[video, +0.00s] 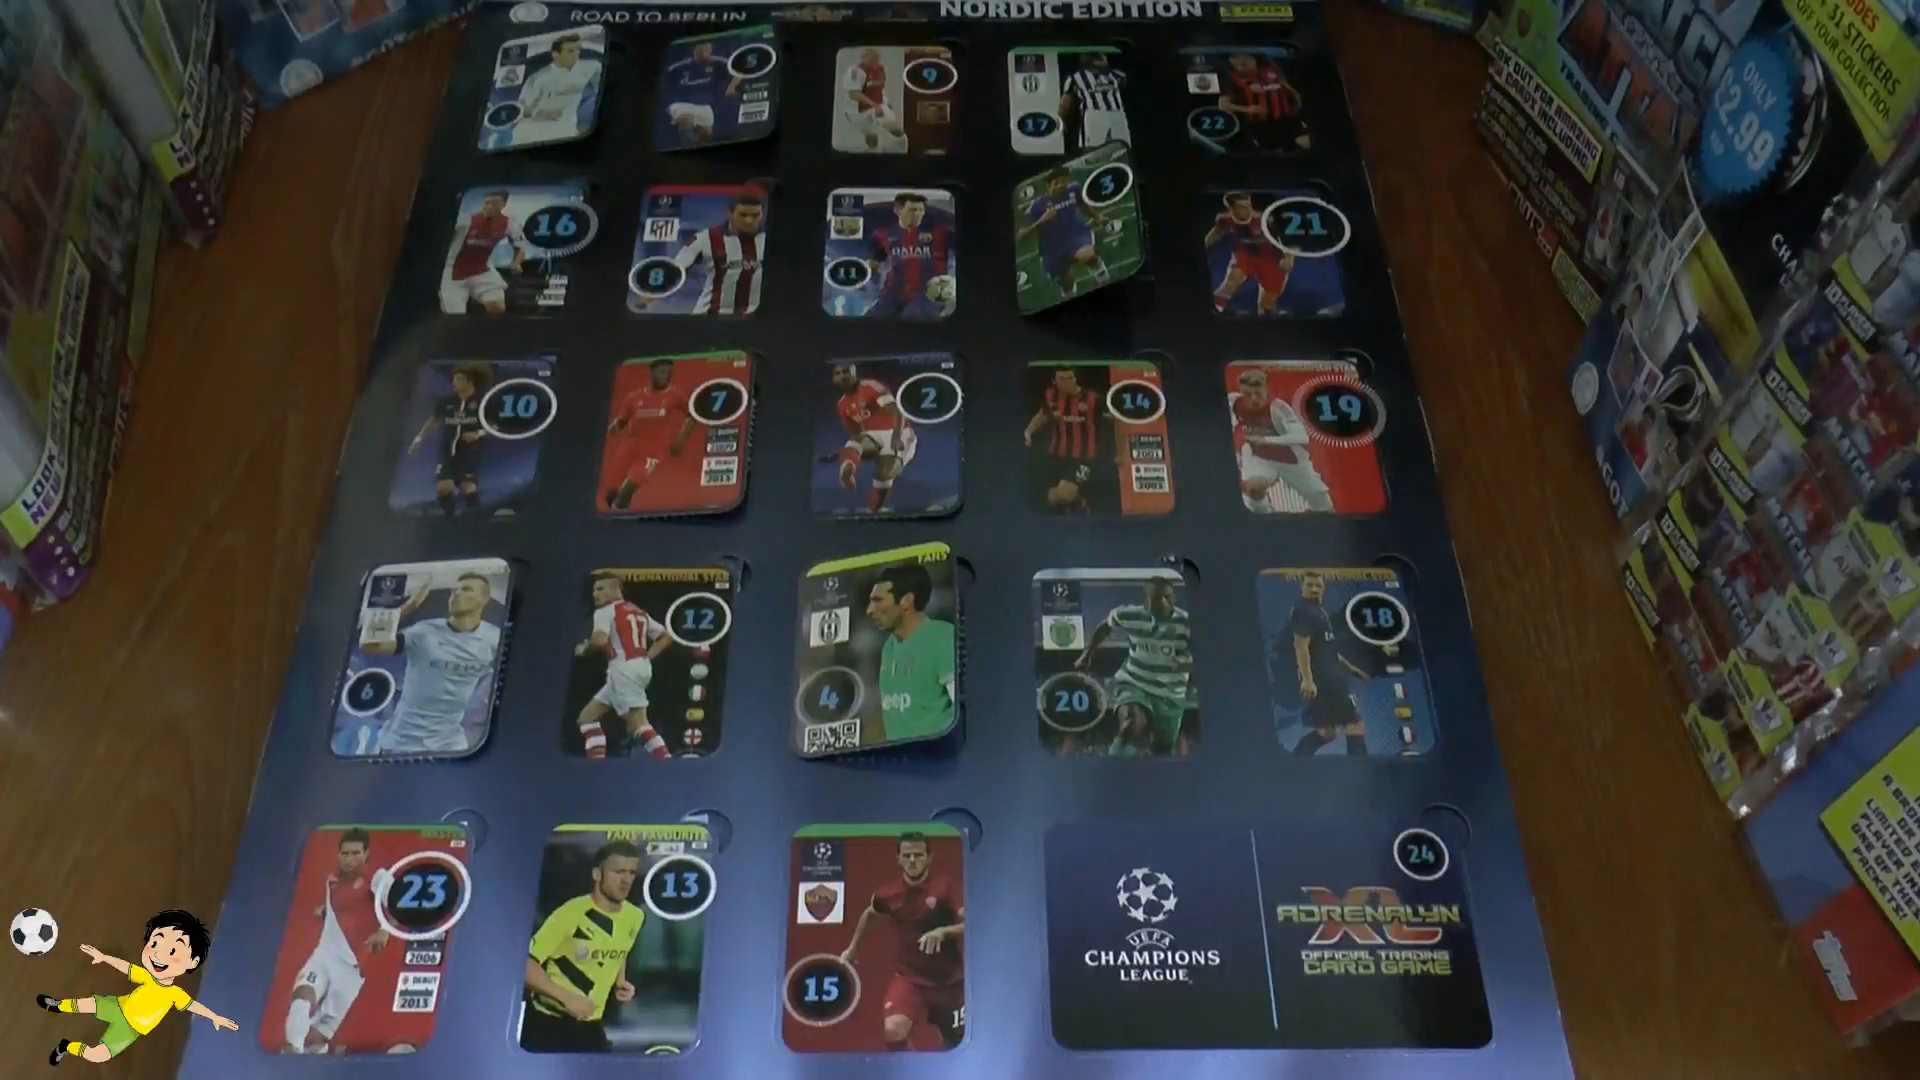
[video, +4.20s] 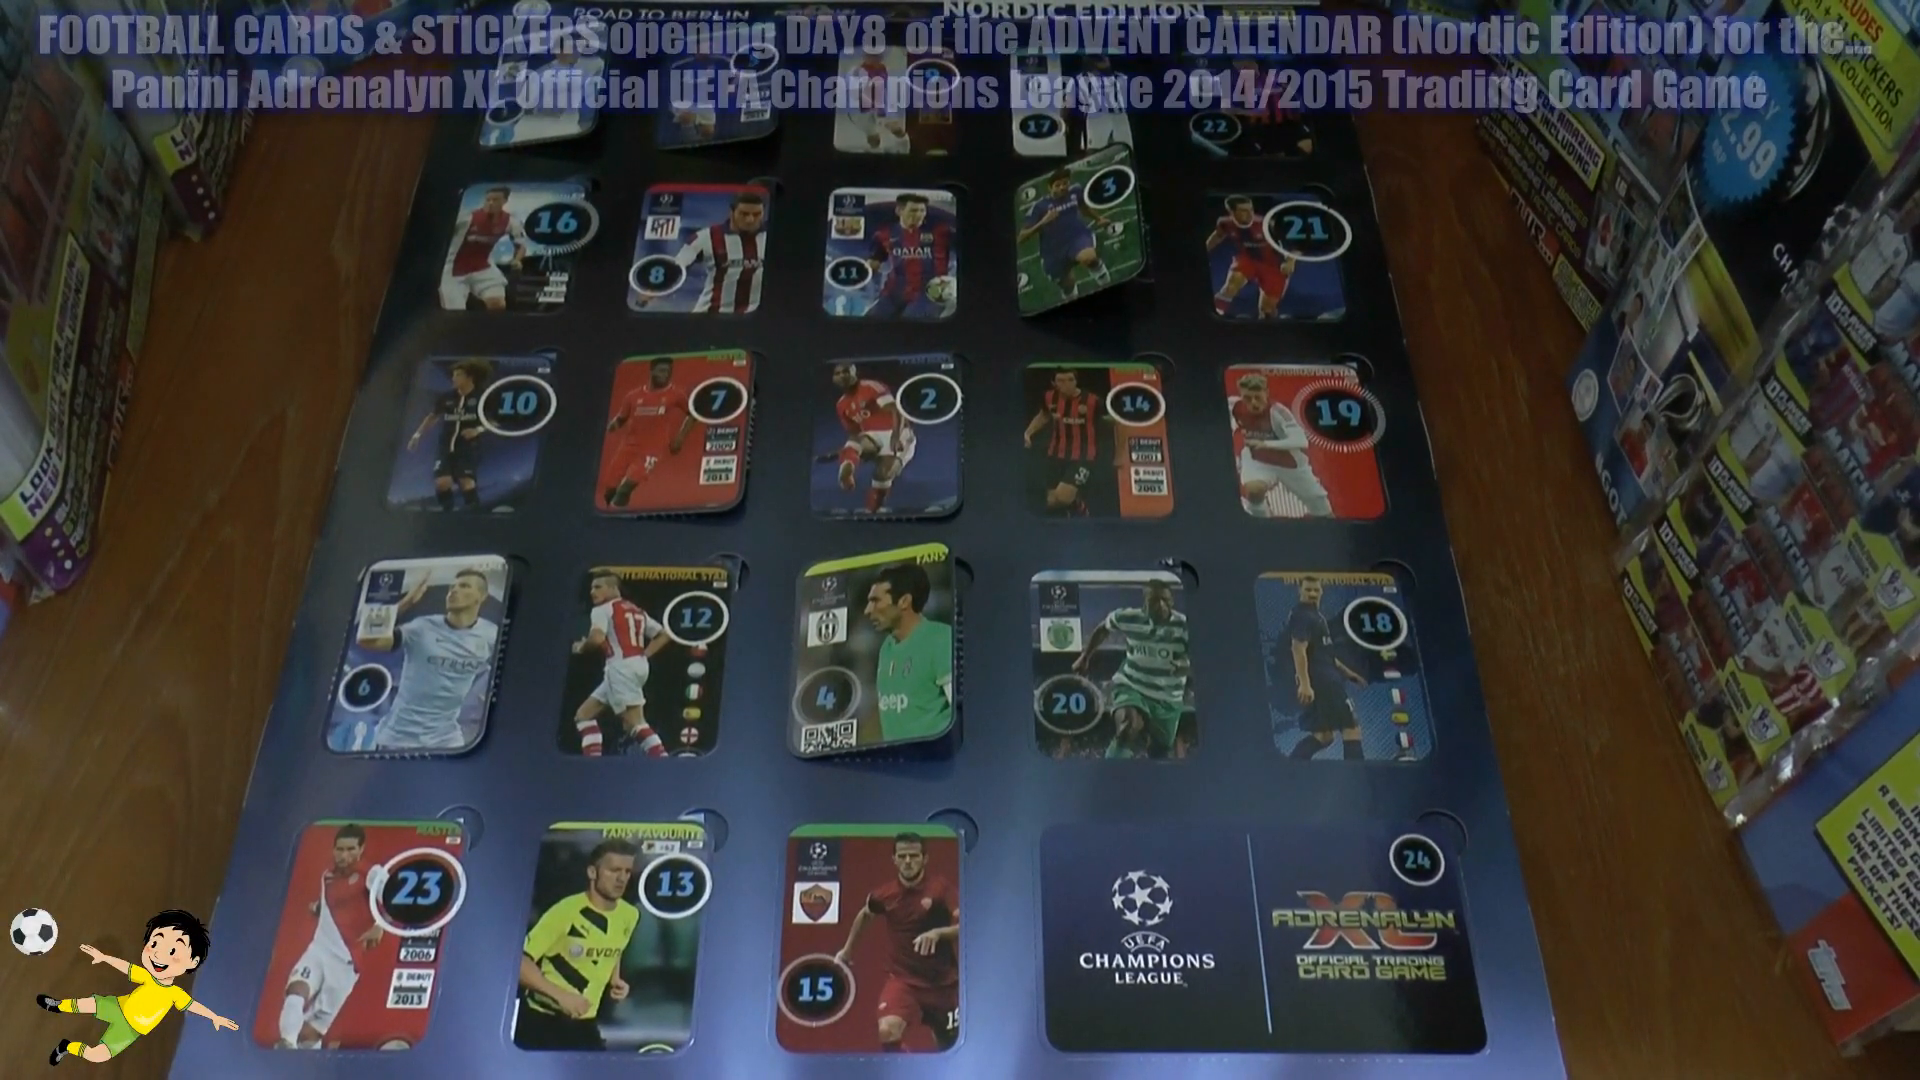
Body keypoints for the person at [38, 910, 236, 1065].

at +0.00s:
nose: (160, 956)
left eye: (173, 952)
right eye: (156, 945)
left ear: (190, 965)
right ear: (145, 946)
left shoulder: (176, 995)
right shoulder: (143, 975)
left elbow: (195, 1007)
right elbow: (124, 967)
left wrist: (215, 1018)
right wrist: (103, 958)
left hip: (131, 1030)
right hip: (119, 1008)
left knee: (98, 1055)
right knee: (88, 1003)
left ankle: (66, 1047)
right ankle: (57, 1006)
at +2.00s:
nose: (159, 956)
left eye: (172, 953)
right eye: (156, 944)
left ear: (189, 965)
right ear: (146, 945)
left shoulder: (176, 995)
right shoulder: (143, 975)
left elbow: (195, 1007)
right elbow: (124, 967)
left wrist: (215, 1017)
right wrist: (103, 958)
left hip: (131, 1030)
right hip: (119, 1008)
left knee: (99, 1055)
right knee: (89, 1003)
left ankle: (66, 1047)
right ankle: (57, 1006)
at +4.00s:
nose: (159, 955)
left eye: (172, 952)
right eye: (155, 944)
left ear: (187, 967)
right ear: (145, 945)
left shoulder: (176, 995)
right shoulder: (144, 976)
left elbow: (195, 1007)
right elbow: (124, 966)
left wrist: (215, 1017)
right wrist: (103, 958)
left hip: (131, 1030)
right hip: (119, 1008)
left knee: (99, 1055)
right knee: (89, 1003)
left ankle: (66, 1047)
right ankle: (57, 1006)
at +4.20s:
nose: (159, 955)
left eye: (172, 952)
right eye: (155, 944)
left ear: (187, 966)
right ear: (145, 945)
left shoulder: (176, 995)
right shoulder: (144, 976)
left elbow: (195, 1007)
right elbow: (124, 966)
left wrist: (215, 1017)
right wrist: (103, 958)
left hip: (131, 1030)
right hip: (119, 1008)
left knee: (99, 1055)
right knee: (88, 1003)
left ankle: (66, 1047)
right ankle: (57, 1006)